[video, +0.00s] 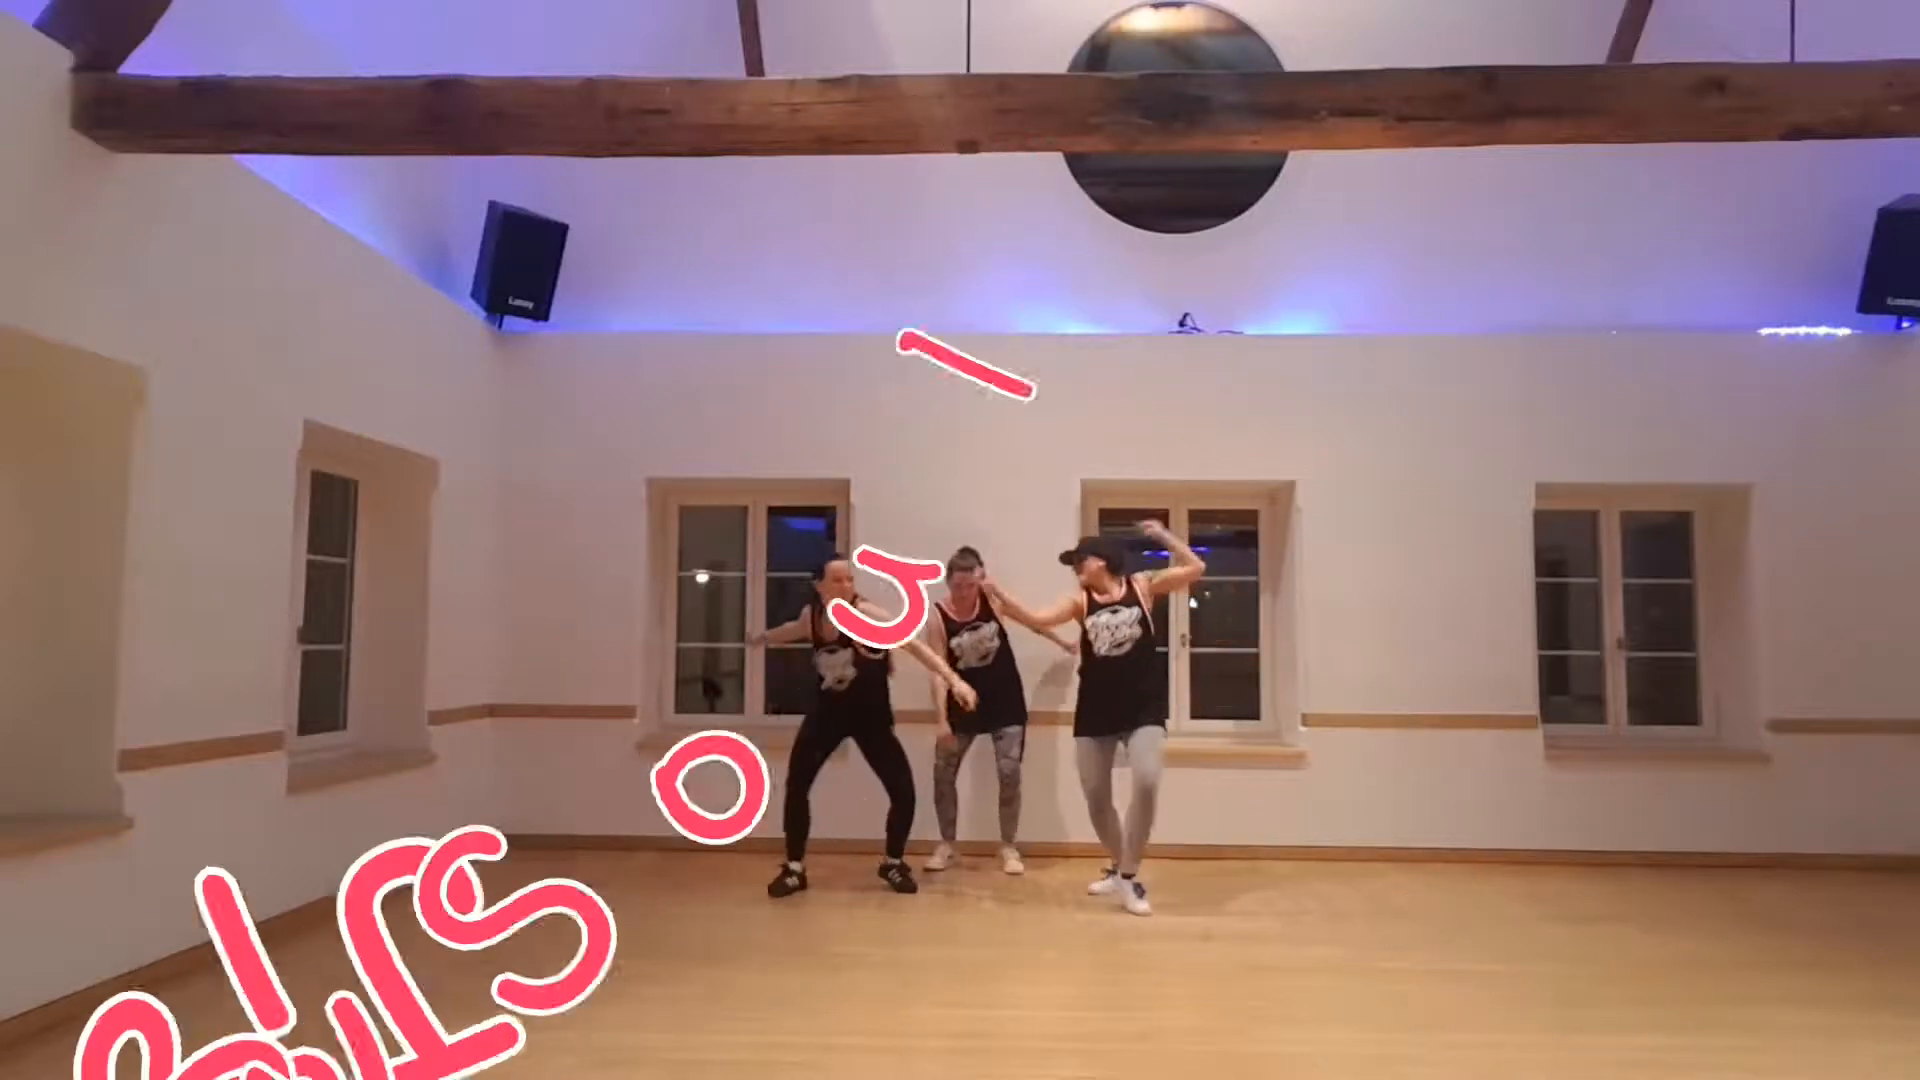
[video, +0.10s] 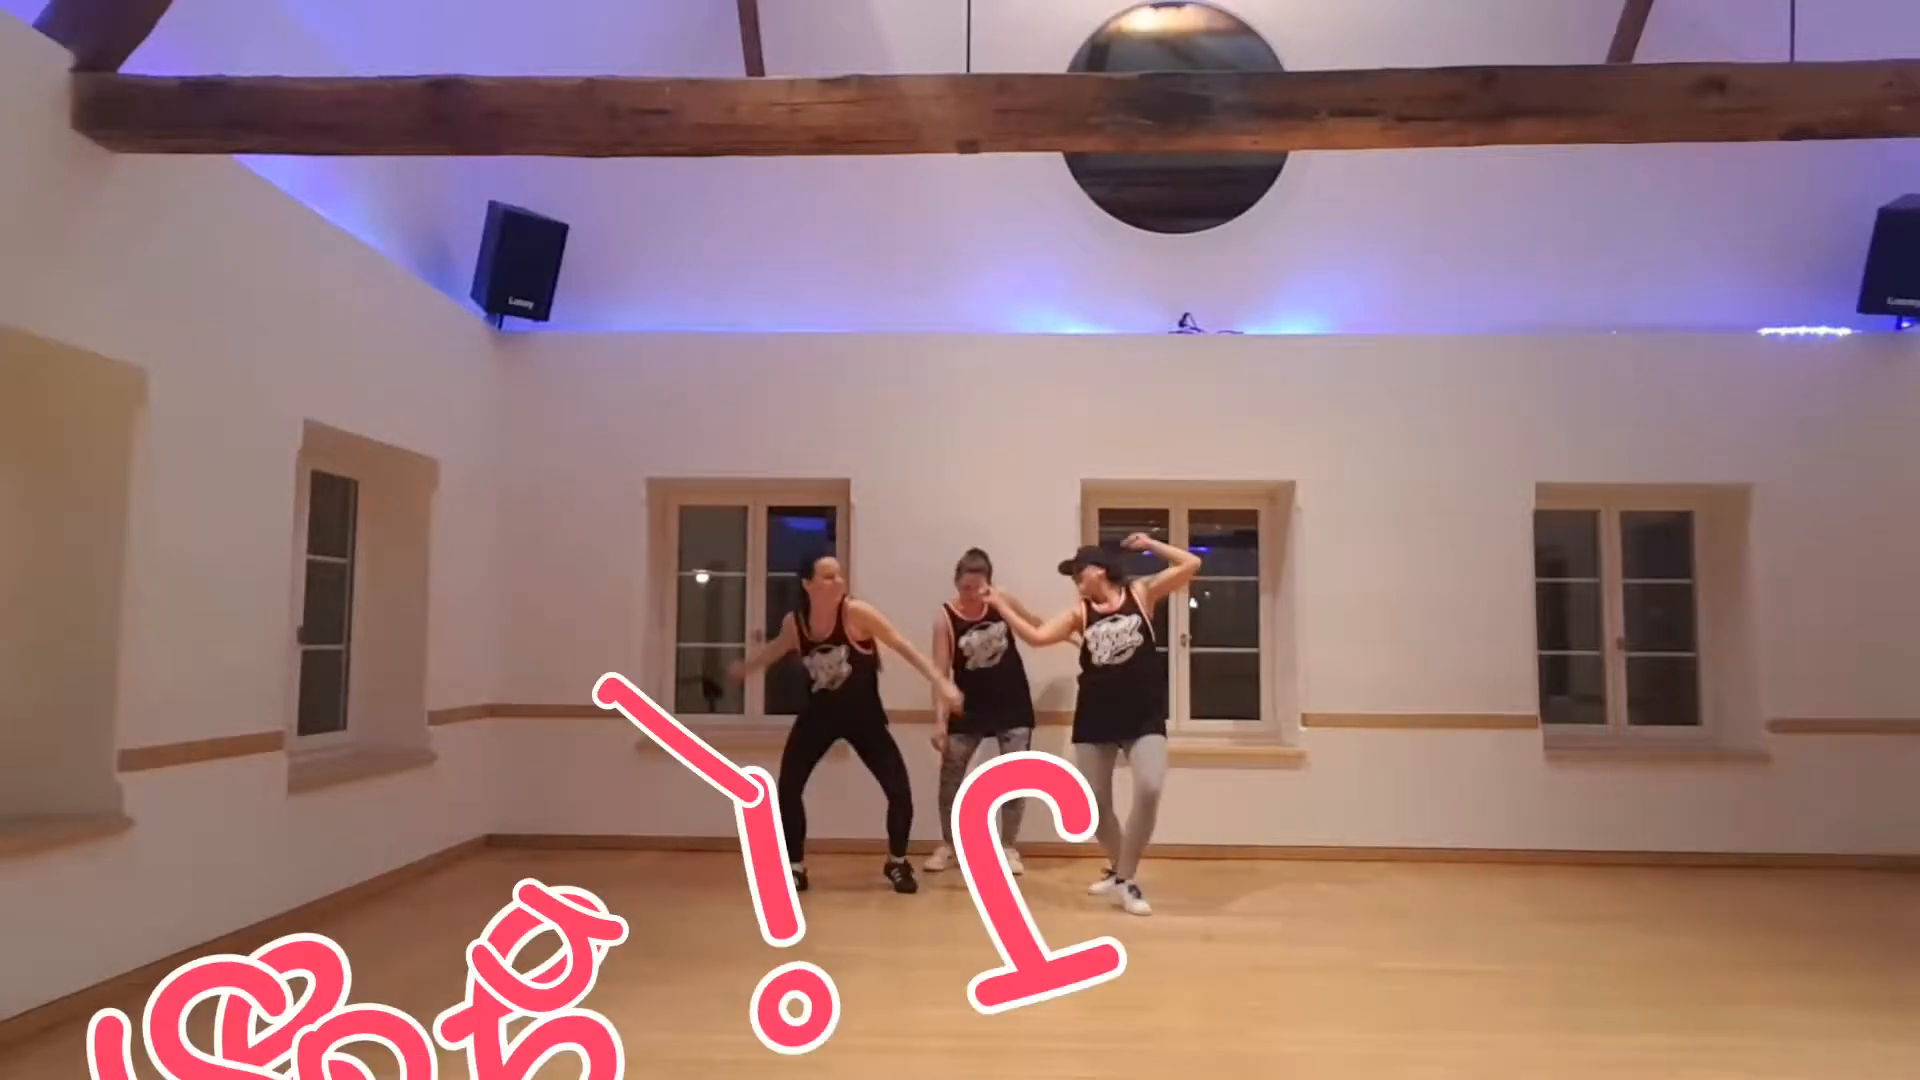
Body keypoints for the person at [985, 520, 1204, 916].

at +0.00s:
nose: (1076, 567)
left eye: (1081, 561)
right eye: (1076, 562)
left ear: (1103, 561)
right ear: (1090, 566)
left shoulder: (1143, 585)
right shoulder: (1081, 601)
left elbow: (1195, 568)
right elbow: (1037, 621)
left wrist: (1162, 535)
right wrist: (999, 596)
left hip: (1143, 708)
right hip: (1096, 713)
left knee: (1148, 782)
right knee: (1096, 797)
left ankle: (1129, 877)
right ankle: (1120, 868)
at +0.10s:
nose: (1076, 581)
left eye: (1080, 574)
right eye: (1074, 575)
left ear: (1102, 571)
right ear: (1086, 576)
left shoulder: (1141, 592)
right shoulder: (1080, 612)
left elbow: (1191, 564)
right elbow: (1037, 637)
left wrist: (1151, 544)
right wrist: (1002, 606)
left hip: (1144, 715)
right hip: (1096, 719)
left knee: (1150, 790)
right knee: (1095, 804)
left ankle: (1127, 881)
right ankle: (1118, 869)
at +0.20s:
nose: (1075, 580)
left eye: (1079, 572)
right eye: (1073, 574)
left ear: (1101, 570)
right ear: (1086, 575)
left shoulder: (1139, 589)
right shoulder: (1080, 613)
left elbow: (1183, 551)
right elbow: (1042, 645)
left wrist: (1144, 543)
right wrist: (1003, 616)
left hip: (1143, 713)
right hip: (1096, 716)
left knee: (1139, 789)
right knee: (1097, 798)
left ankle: (1130, 869)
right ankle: (1116, 865)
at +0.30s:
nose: (1073, 568)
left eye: (1078, 560)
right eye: (1072, 562)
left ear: (1098, 561)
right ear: (1083, 566)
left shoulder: (1134, 580)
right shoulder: (1081, 608)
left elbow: (1171, 532)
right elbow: (1053, 656)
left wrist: (1128, 528)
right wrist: (1015, 634)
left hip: (1144, 703)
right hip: (1101, 709)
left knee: (1132, 776)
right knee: (1102, 790)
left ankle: (1128, 865)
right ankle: (1117, 866)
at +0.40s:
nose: (1073, 564)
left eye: (1077, 557)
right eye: (1072, 558)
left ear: (1098, 558)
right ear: (1087, 560)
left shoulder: (1130, 577)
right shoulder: (1083, 608)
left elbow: (1151, 522)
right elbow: (1071, 664)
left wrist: (1119, 506)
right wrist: (1026, 655)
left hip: (1144, 697)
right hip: (1105, 704)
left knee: (1127, 772)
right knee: (1105, 788)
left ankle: (1139, 868)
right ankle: (1118, 869)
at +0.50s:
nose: (1079, 567)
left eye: (1085, 559)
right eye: (1079, 560)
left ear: (1106, 559)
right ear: (1090, 563)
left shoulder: (1131, 584)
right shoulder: (1092, 607)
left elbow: (1130, 525)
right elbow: (1092, 658)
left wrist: (1107, 497)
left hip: (1134, 706)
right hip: (1099, 709)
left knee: (1125, 781)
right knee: (1101, 788)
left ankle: (1152, 873)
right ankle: (1119, 869)